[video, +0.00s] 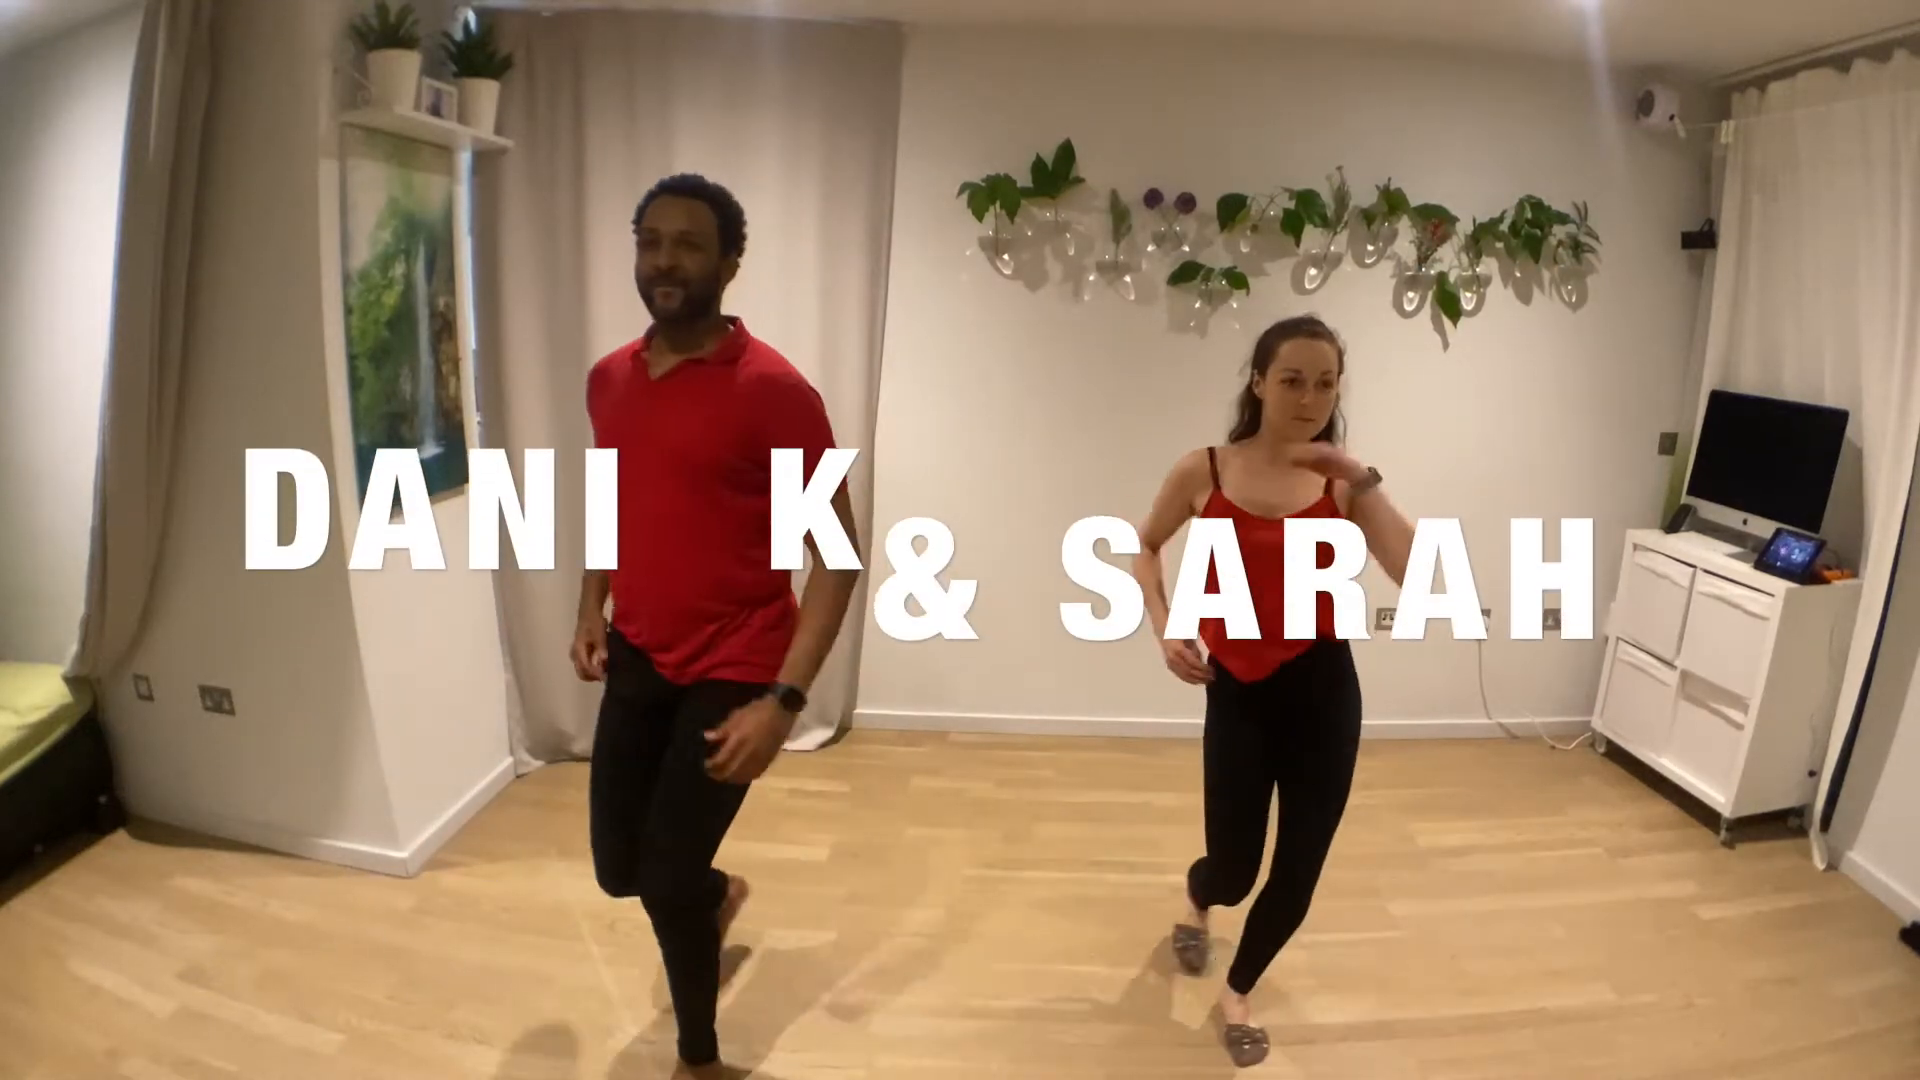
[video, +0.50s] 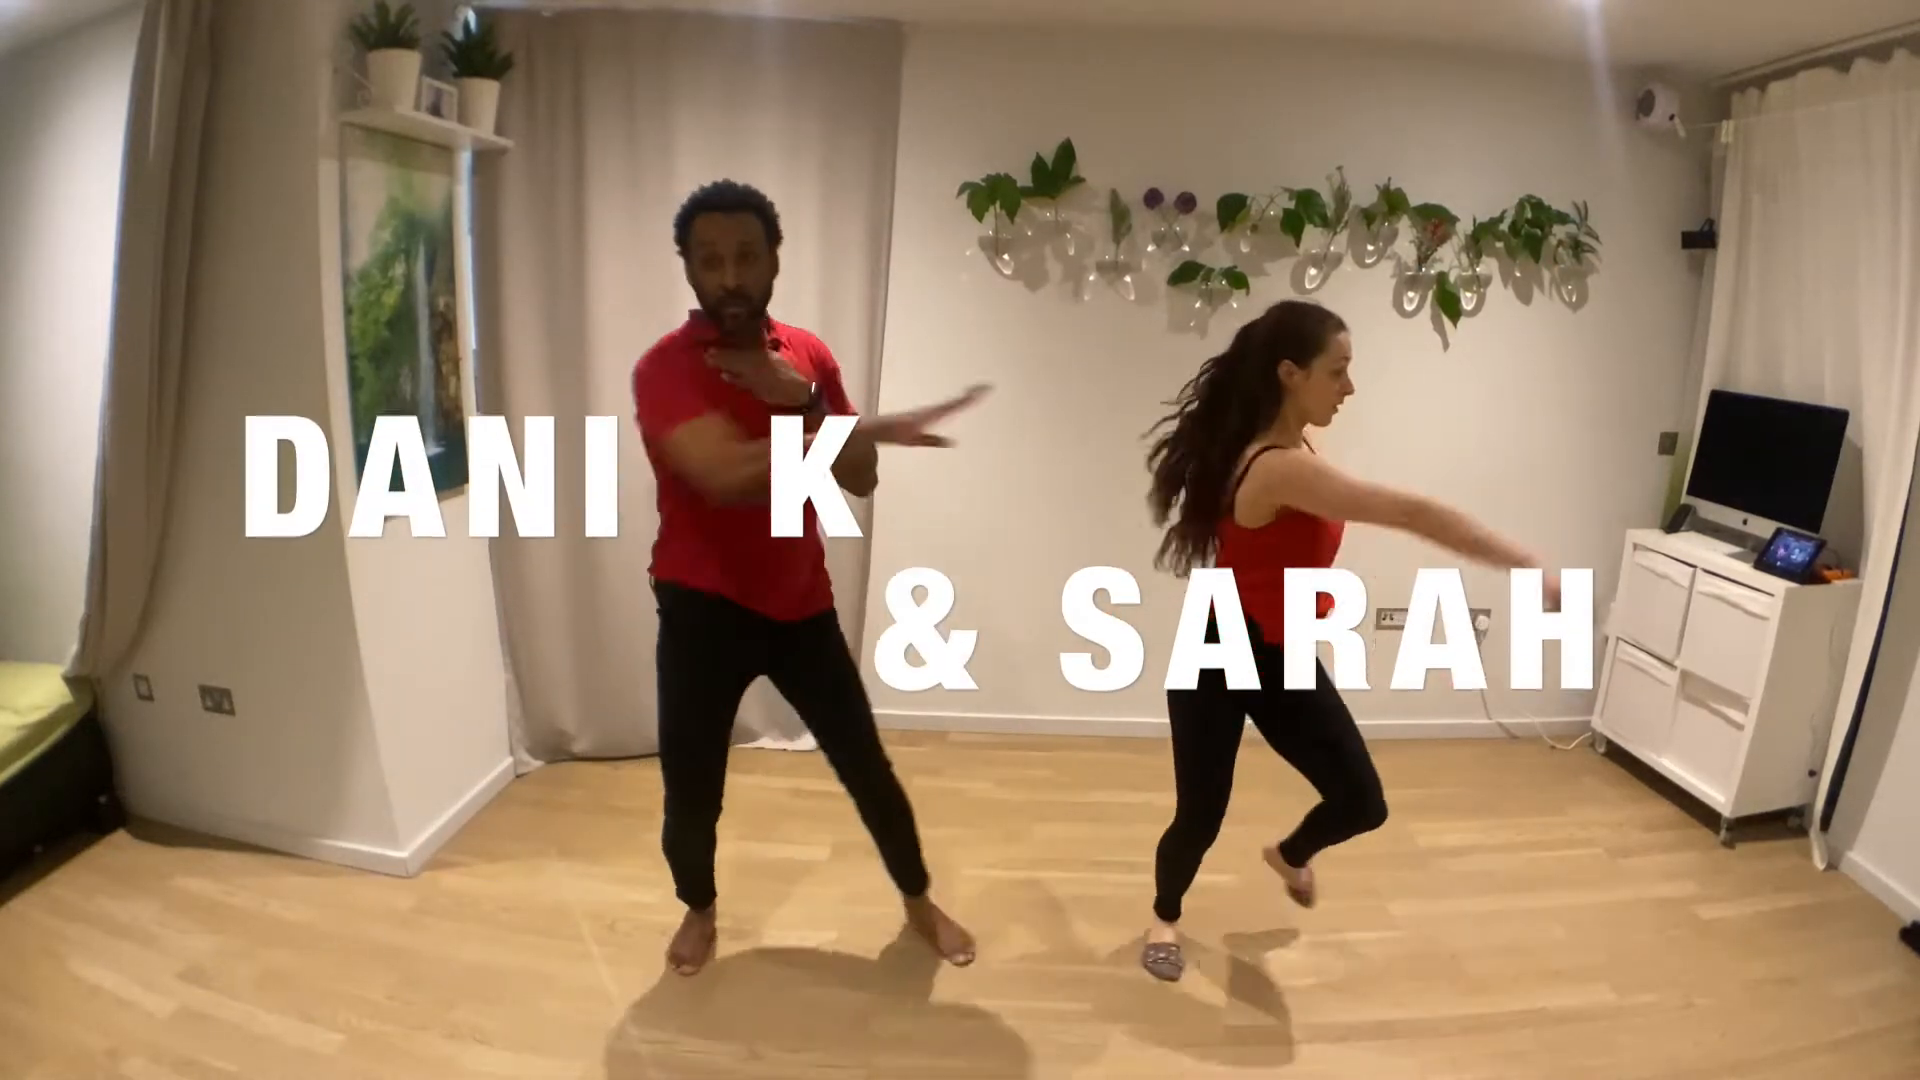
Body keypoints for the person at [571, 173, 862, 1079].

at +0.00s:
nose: (666, 261)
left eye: (689, 246)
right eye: (652, 243)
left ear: (730, 262)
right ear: (634, 255)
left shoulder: (776, 395)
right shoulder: (612, 380)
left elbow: (839, 558)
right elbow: (610, 504)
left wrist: (784, 699)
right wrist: (594, 603)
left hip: (735, 671)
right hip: (639, 658)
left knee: (672, 874)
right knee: (619, 866)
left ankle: (699, 1059)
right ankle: (713, 898)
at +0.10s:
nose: (659, 257)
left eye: (683, 242)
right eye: (643, 239)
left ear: (721, 260)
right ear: (626, 252)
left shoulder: (770, 385)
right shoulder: (614, 374)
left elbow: (856, 535)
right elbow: (612, 488)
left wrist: (837, 681)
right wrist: (599, 580)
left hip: (738, 656)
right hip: (643, 649)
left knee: (673, 854)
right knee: (652, 842)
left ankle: (700, 1055)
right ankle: (695, 952)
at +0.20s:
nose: (659, 251)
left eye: (683, 235)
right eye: (642, 233)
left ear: (716, 252)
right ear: (621, 247)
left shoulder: (771, 371)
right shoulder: (606, 369)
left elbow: (867, 496)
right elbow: (608, 467)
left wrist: (861, 624)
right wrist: (583, 552)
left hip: (754, 635)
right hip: (657, 629)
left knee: (712, 831)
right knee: (666, 816)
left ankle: (716, 1036)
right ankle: (711, 905)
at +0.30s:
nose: (673, 259)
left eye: (694, 240)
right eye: (655, 239)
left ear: (726, 253)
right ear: (631, 253)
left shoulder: (790, 370)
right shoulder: (605, 373)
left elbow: (881, 473)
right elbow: (573, 465)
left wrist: (860, 547)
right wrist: (543, 542)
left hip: (773, 617)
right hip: (676, 613)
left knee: (739, 802)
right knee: (674, 799)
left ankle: (778, 952)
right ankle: (702, 909)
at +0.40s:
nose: (705, 266)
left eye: (722, 247)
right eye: (685, 249)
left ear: (751, 255)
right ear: (660, 262)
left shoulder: (807, 361)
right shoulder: (628, 372)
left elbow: (883, 477)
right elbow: (556, 478)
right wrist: (627, 477)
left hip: (786, 608)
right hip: (685, 605)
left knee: (804, 792)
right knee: (673, 791)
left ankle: (860, 881)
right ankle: (702, 905)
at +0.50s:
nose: (727, 280)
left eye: (745, 260)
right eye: (707, 261)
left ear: (775, 264)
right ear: (687, 269)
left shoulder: (807, 356)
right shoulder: (665, 370)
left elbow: (859, 480)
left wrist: (802, 401)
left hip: (797, 604)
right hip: (702, 607)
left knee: (865, 766)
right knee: (689, 783)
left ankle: (920, 903)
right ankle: (697, 910)